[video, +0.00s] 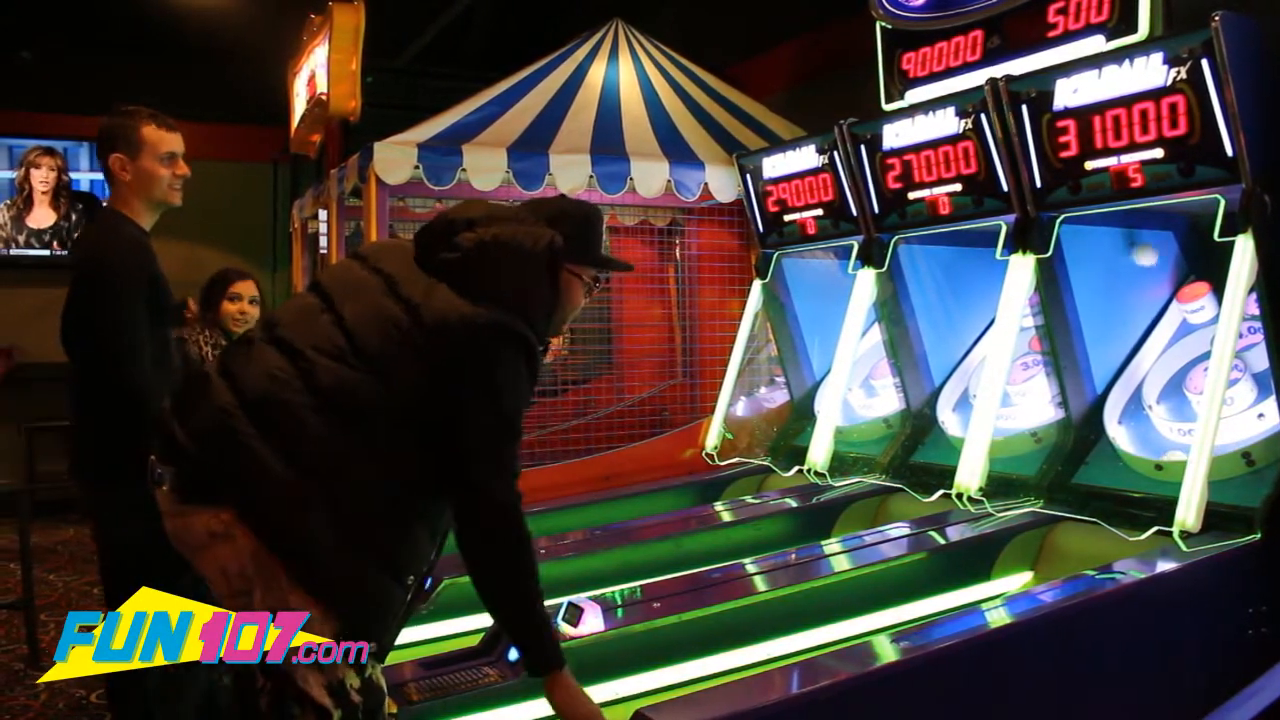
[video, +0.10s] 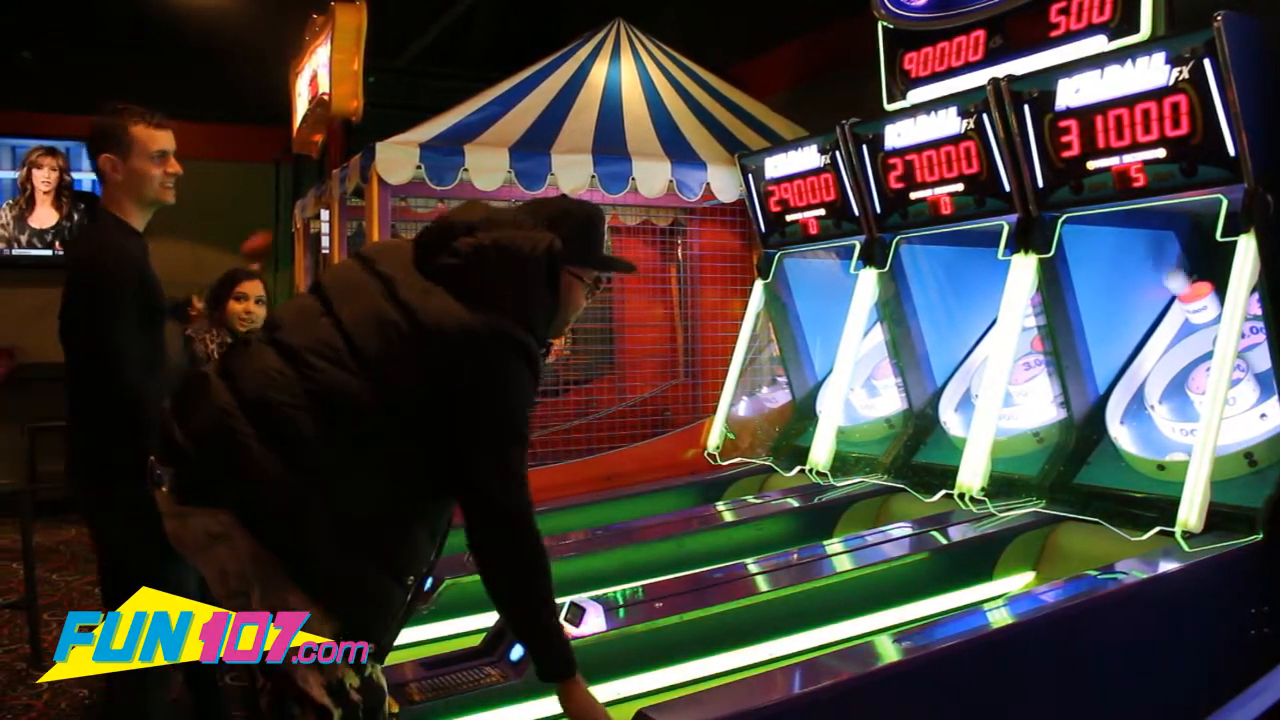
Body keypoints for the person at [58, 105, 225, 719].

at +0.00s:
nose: (183, 172)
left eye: (183, 161)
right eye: (169, 160)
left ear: (131, 171)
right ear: (122, 167)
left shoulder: (114, 240)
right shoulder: (118, 249)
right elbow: (133, 370)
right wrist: (166, 448)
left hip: (117, 454)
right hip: (123, 461)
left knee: (139, 603)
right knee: (156, 603)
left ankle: (138, 703)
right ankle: (151, 706)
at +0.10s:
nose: (174, 170)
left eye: (173, 158)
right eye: (160, 158)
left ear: (123, 171)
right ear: (113, 167)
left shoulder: (115, 241)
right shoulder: (109, 250)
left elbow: (132, 357)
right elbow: (124, 371)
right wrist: (151, 456)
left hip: (120, 456)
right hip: (118, 462)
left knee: (138, 601)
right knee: (152, 602)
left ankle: (135, 703)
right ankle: (145, 705)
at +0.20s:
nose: (164, 169)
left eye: (163, 156)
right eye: (148, 156)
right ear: (100, 166)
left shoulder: (109, 246)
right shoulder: (94, 255)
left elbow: (118, 376)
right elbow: (106, 392)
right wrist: (146, 498)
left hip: (115, 470)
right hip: (112, 478)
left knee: (127, 624)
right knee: (132, 627)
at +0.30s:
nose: (153, 167)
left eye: (152, 155)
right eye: (137, 155)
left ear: (97, 167)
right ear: (86, 165)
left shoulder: (93, 244)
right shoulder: (83, 253)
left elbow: (105, 387)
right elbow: (96, 397)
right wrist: (136, 507)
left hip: (99, 476)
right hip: (97, 485)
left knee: (105, 633)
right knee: (110, 638)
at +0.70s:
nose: (119, 160)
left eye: (119, 148)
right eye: (105, 149)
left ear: (63, 163)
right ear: (52, 160)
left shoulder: (65, 242)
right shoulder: (35, 251)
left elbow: (69, 386)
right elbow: (43, 399)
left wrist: (93, 491)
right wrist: (77, 517)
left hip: (78, 478)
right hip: (45, 490)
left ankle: (121, 704)